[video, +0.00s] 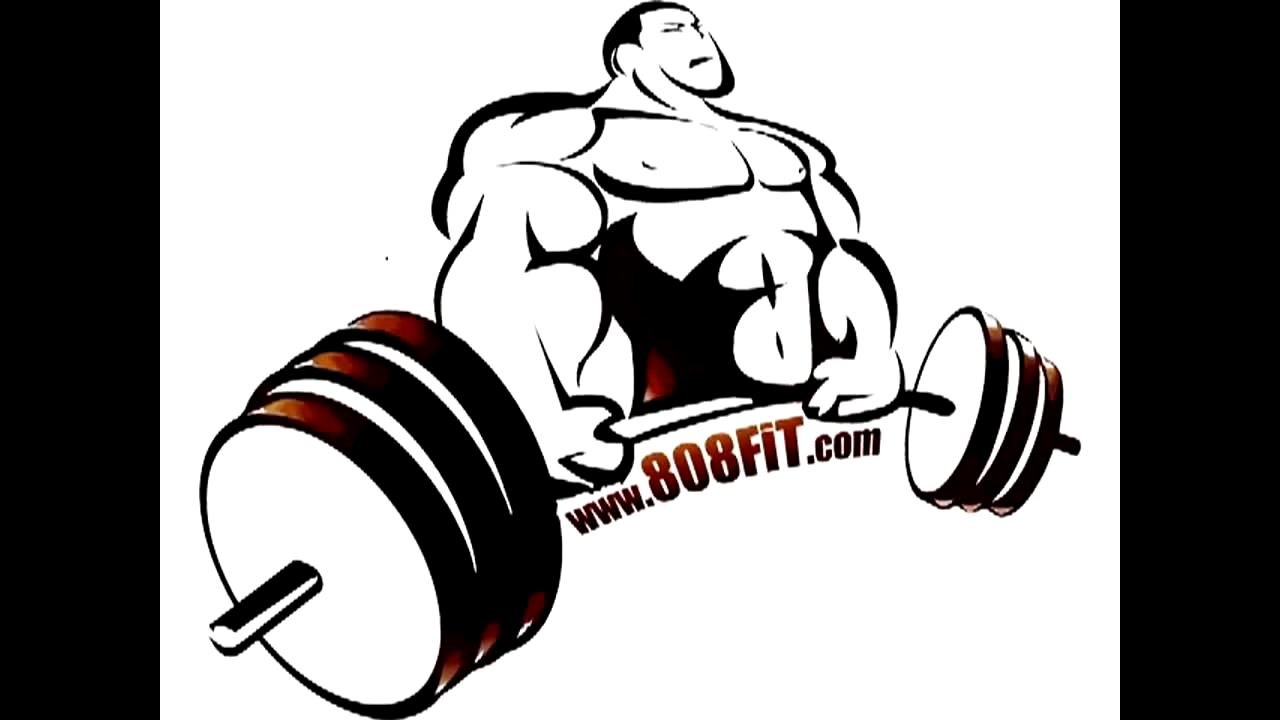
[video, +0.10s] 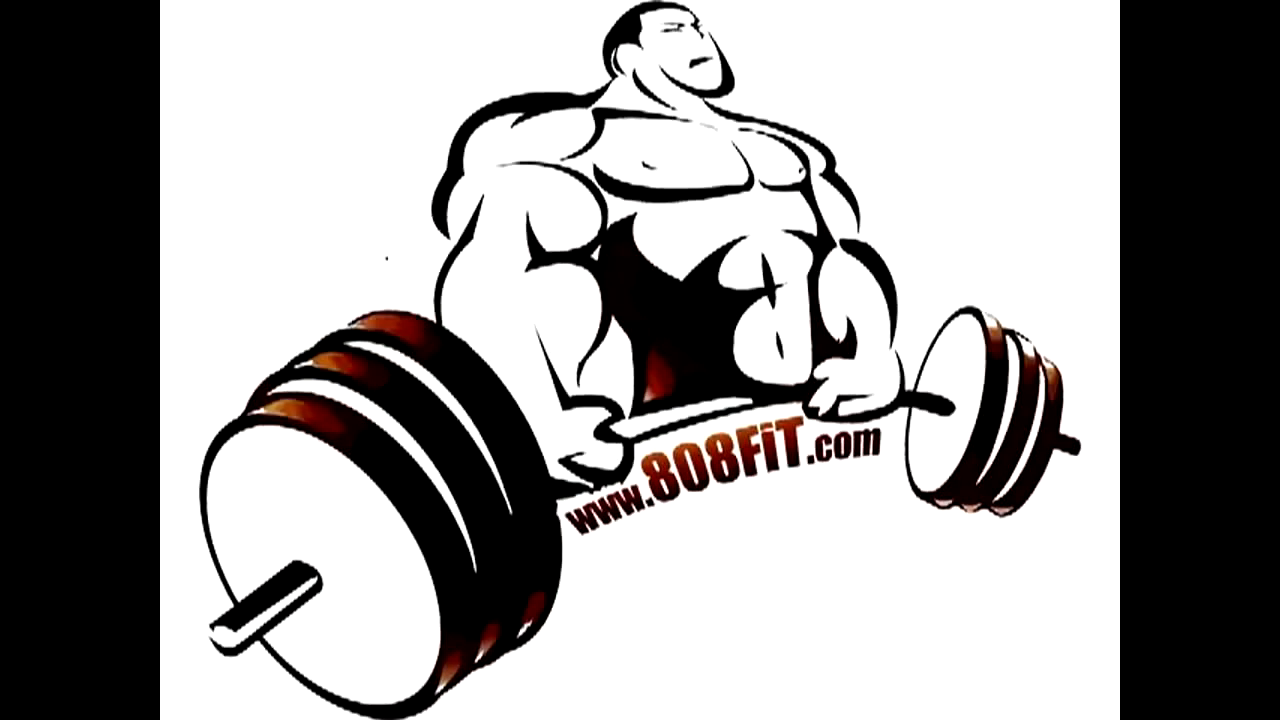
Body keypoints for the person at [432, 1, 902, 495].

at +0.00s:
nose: (702, 40)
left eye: (701, 28)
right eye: (675, 30)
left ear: (713, 45)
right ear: (628, 59)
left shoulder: (775, 145)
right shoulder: (593, 126)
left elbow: (850, 250)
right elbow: (487, 155)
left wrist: (878, 358)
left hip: (747, 330)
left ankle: (870, 369)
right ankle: (577, 429)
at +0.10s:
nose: (702, 40)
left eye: (701, 28)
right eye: (675, 30)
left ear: (713, 45)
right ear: (628, 59)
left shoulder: (775, 145)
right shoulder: (593, 126)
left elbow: (850, 250)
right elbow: (487, 155)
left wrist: (878, 358)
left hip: (747, 330)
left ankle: (870, 369)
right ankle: (577, 429)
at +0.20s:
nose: (702, 40)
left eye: (701, 28)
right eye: (675, 30)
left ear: (713, 45)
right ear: (628, 59)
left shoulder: (775, 145)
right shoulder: (593, 126)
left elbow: (850, 250)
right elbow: (487, 155)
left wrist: (878, 358)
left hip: (747, 330)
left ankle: (870, 369)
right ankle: (577, 429)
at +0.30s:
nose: (702, 40)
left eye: (701, 28)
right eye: (675, 30)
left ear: (713, 45)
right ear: (628, 59)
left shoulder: (775, 145)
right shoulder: (593, 126)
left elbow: (850, 250)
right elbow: (487, 155)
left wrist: (878, 358)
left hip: (747, 330)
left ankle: (870, 369)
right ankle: (577, 429)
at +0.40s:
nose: (702, 40)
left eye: (701, 28)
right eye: (675, 30)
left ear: (713, 45)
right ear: (628, 59)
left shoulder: (775, 145)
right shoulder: (593, 126)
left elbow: (850, 250)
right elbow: (487, 155)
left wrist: (878, 358)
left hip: (747, 330)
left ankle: (870, 369)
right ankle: (577, 429)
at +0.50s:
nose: (702, 40)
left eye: (701, 28)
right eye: (675, 30)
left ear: (713, 45)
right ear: (628, 59)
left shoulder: (775, 145)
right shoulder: (593, 126)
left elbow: (850, 250)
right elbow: (487, 155)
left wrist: (878, 358)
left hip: (747, 330)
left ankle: (870, 369)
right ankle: (577, 429)